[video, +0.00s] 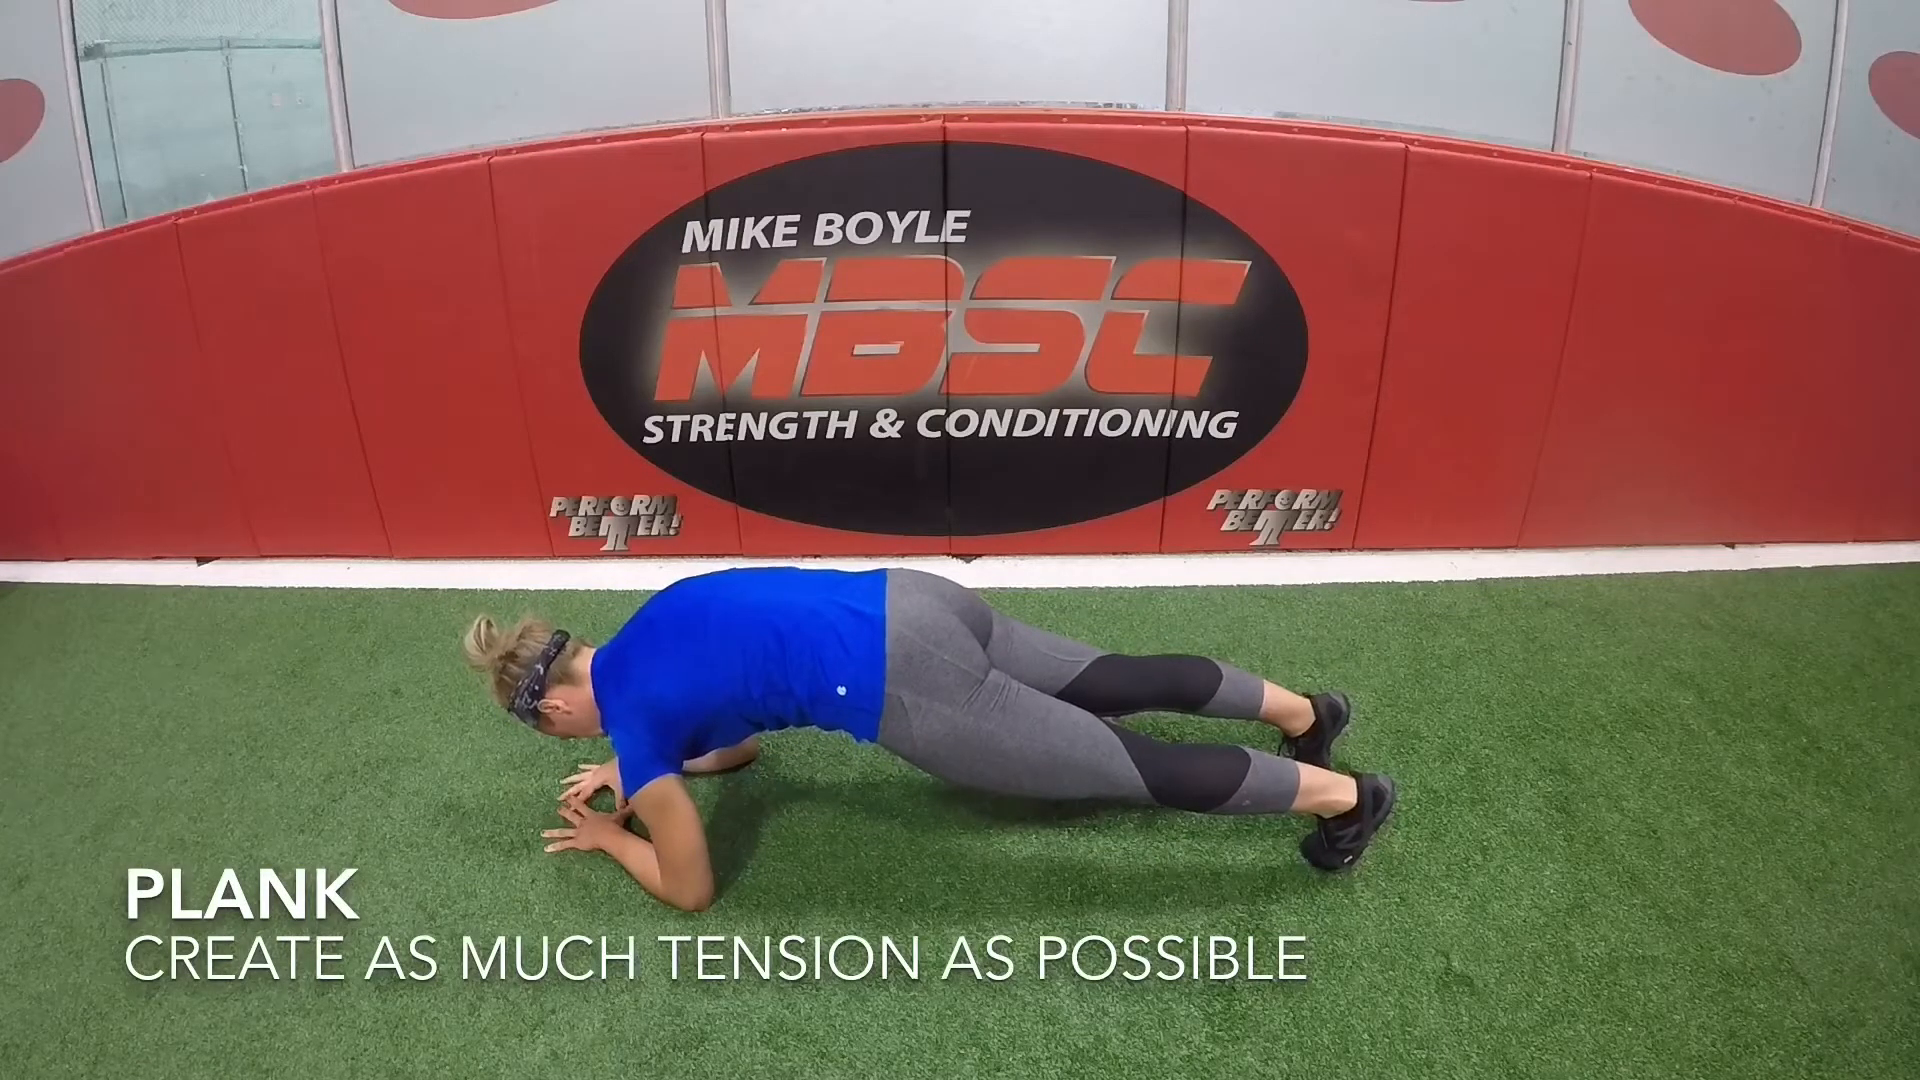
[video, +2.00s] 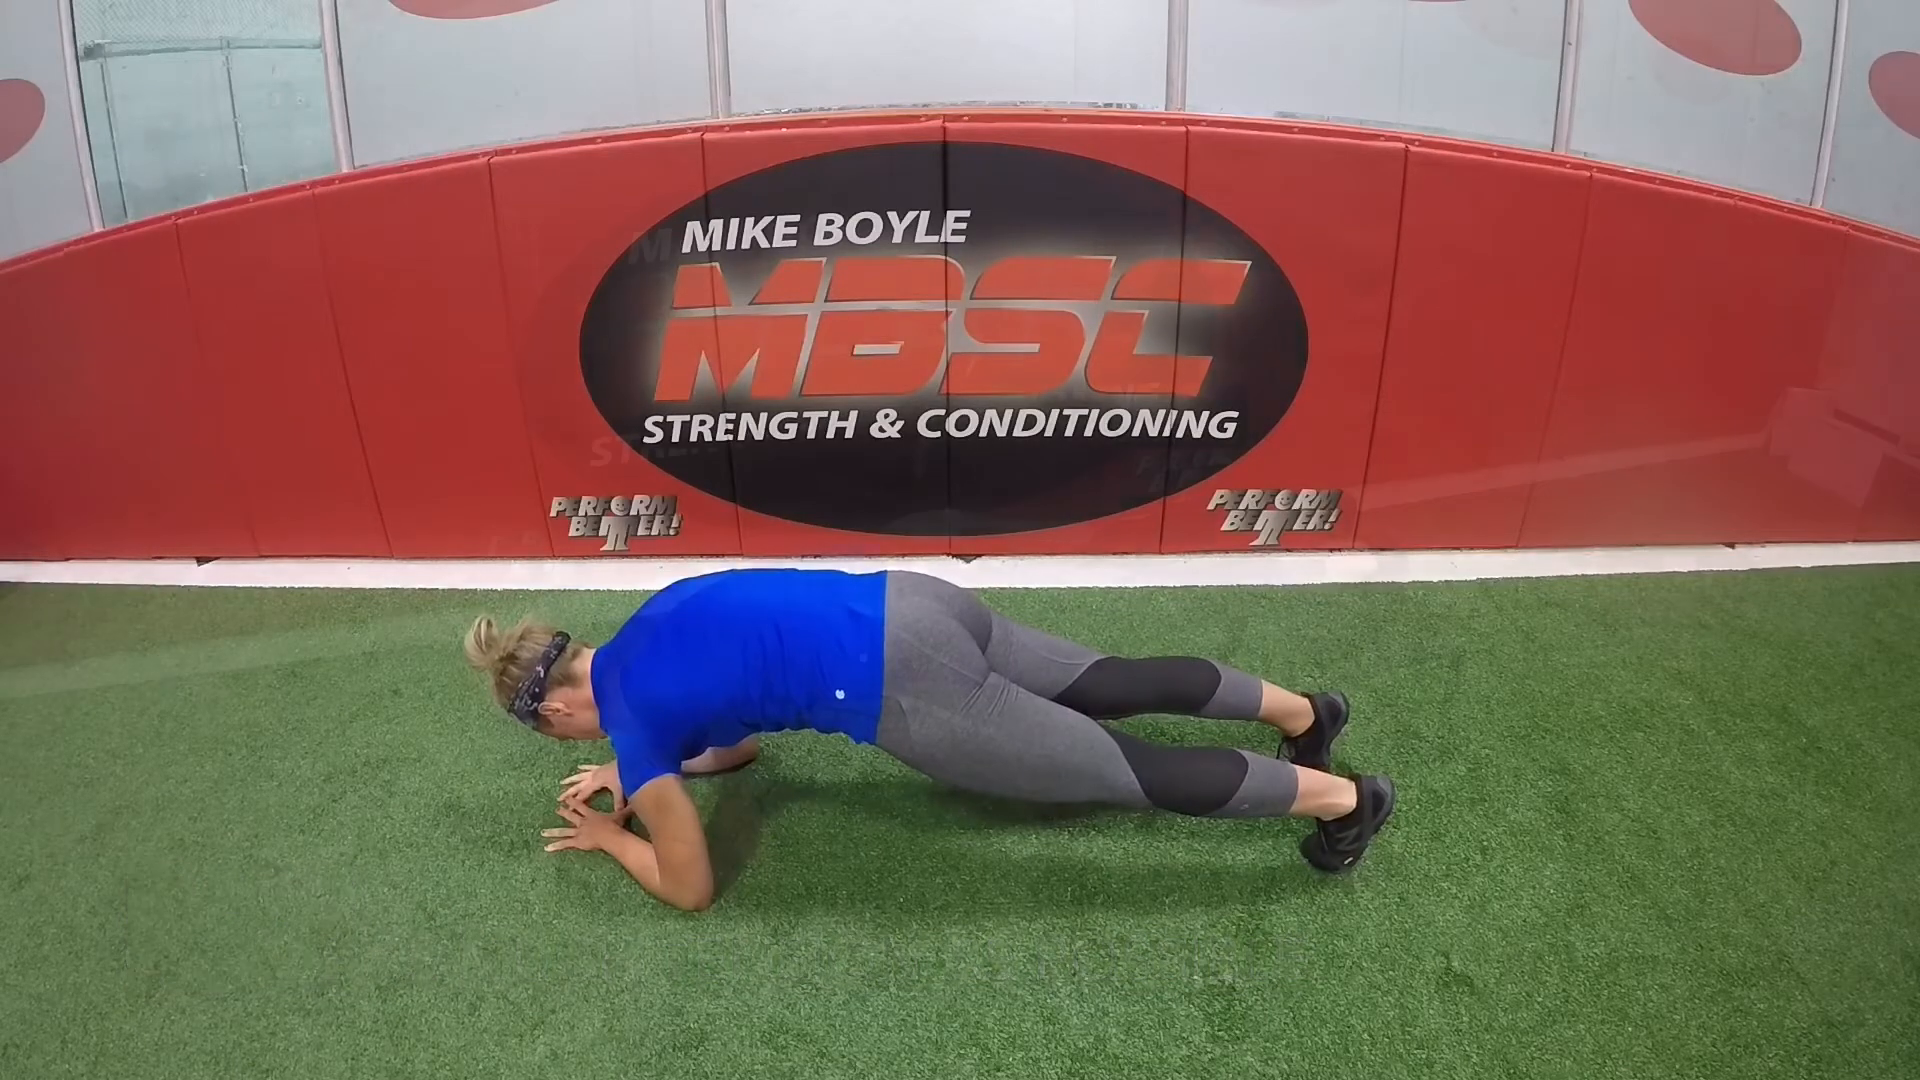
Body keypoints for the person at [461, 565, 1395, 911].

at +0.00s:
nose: (567, 735)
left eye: (551, 729)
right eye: (555, 729)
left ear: (557, 697)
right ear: (572, 646)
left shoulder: (631, 716)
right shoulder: (658, 609)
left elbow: (688, 885)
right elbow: (737, 740)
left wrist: (614, 841)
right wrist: (638, 778)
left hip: (901, 688)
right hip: (914, 591)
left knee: (1134, 767)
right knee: (1111, 677)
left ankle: (1342, 794)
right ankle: (1308, 715)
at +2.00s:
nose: (572, 736)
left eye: (556, 730)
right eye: (561, 730)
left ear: (560, 699)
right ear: (575, 648)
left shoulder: (631, 716)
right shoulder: (657, 609)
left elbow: (688, 885)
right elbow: (738, 740)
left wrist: (612, 840)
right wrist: (640, 777)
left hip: (900, 690)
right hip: (916, 593)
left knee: (1131, 771)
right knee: (1110, 681)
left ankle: (1343, 798)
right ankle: (1306, 714)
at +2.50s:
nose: (582, 744)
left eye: (564, 732)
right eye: (569, 734)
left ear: (575, 703)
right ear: (581, 660)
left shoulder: (650, 711)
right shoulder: (653, 627)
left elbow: (739, 878)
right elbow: (739, 759)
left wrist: (629, 852)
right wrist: (649, 782)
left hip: (897, 681)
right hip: (906, 583)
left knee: (1106, 774)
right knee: (1082, 670)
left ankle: (1325, 791)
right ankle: (1283, 706)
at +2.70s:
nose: (594, 755)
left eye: (578, 741)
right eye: (580, 745)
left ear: (592, 707)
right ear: (589, 677)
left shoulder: (681, 720)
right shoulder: (658, 640)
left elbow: (744, 880)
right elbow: (746, 756)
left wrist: (641, 858)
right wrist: (659, 808)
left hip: (926, 626)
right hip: (905, 544)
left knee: (1147, 611)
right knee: (1101, 556)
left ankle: (1330, 572)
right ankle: (1260, 514)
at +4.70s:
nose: (609, 752)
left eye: (593, 743)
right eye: (597, 745)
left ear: (602, 710)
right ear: (601, 670)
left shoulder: (689, 717)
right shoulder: (673, 629)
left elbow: (748, 878)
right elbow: (749, 741)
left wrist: (645, 852)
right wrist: (660, 792)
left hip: (942, 629)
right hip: (921, 540)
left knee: (1176, 607)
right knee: (1119, 544)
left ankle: (1346, 566)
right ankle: (1276, 508)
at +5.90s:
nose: (609, 755)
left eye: (593, 746)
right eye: (597, 748)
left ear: (601, 711)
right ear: (600, 673)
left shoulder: (689, 719)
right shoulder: (670, 631)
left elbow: (746, 878)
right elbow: (749, 736)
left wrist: (646, 851)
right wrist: (660, 792)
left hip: (935, 626)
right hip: (918, 539)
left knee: (1165, 613)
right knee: (1114, 547)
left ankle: (1345, 570)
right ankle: (1274, 507)